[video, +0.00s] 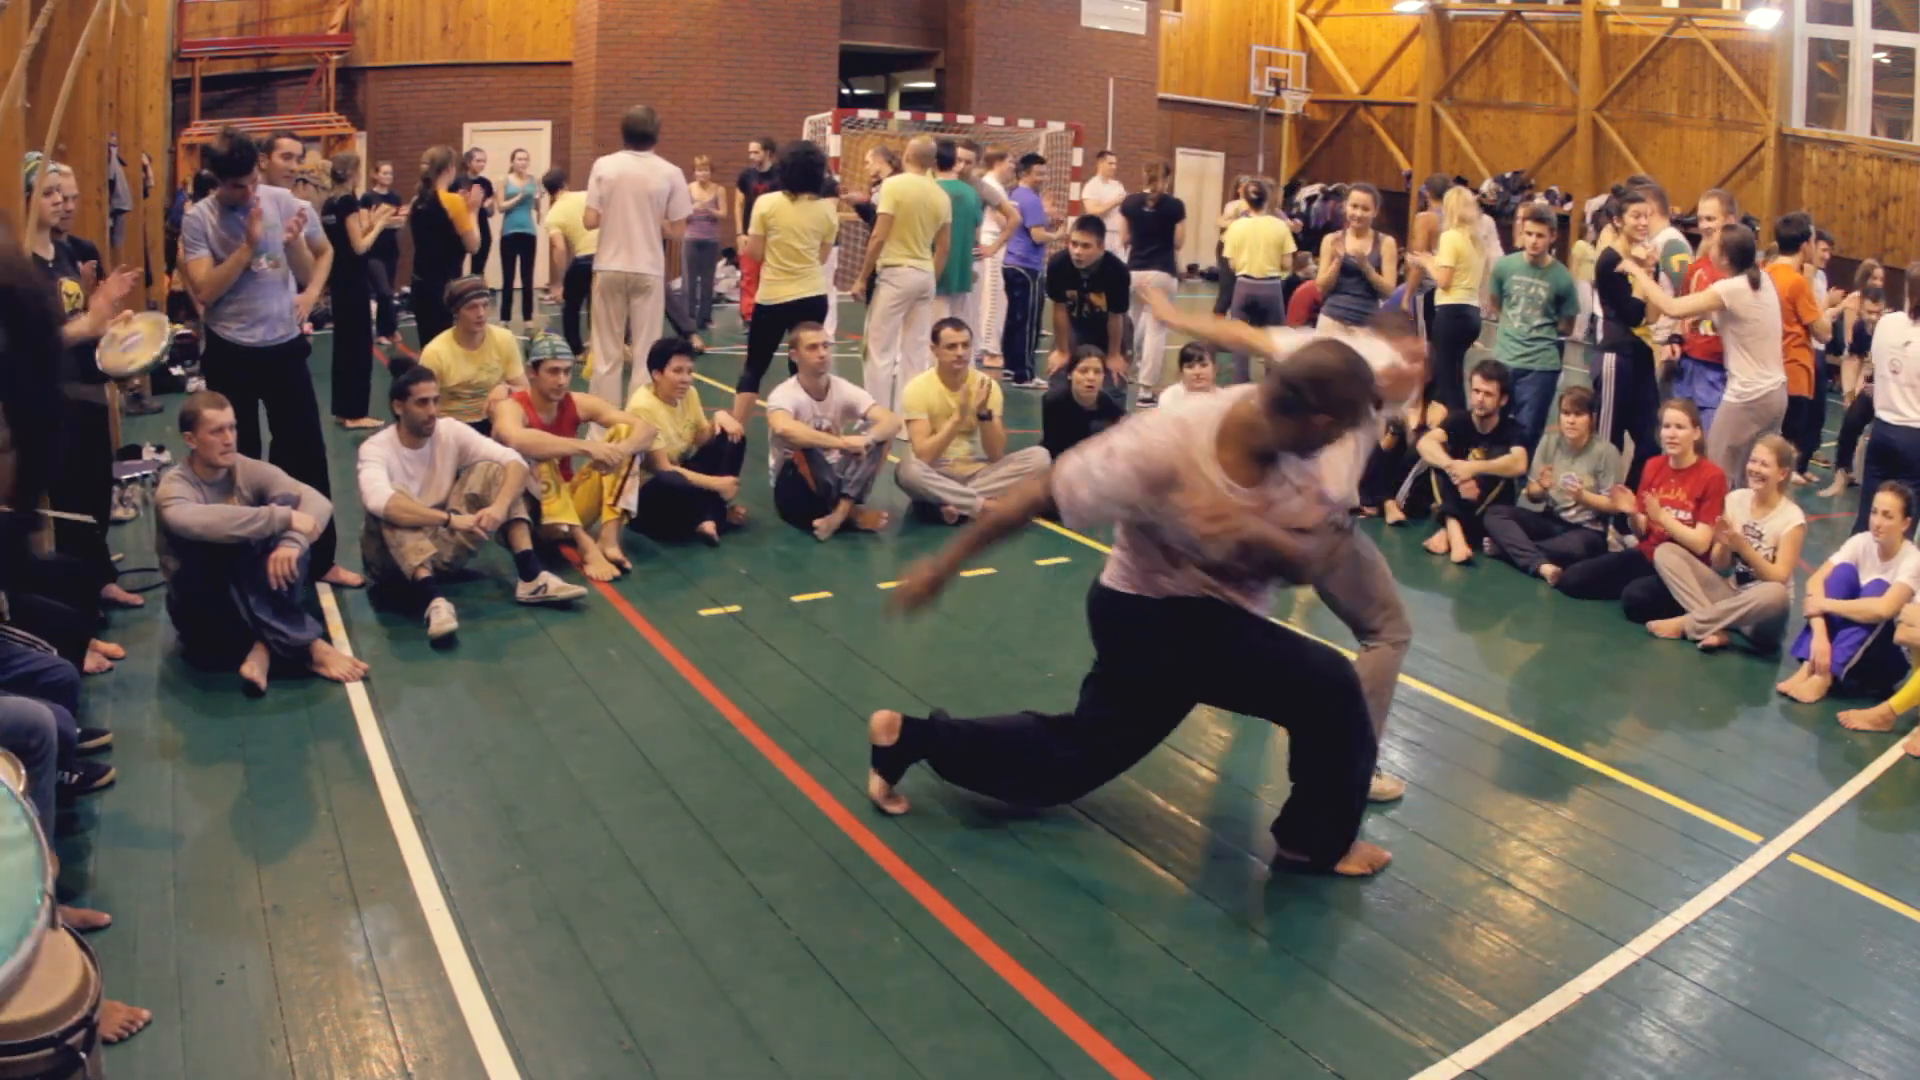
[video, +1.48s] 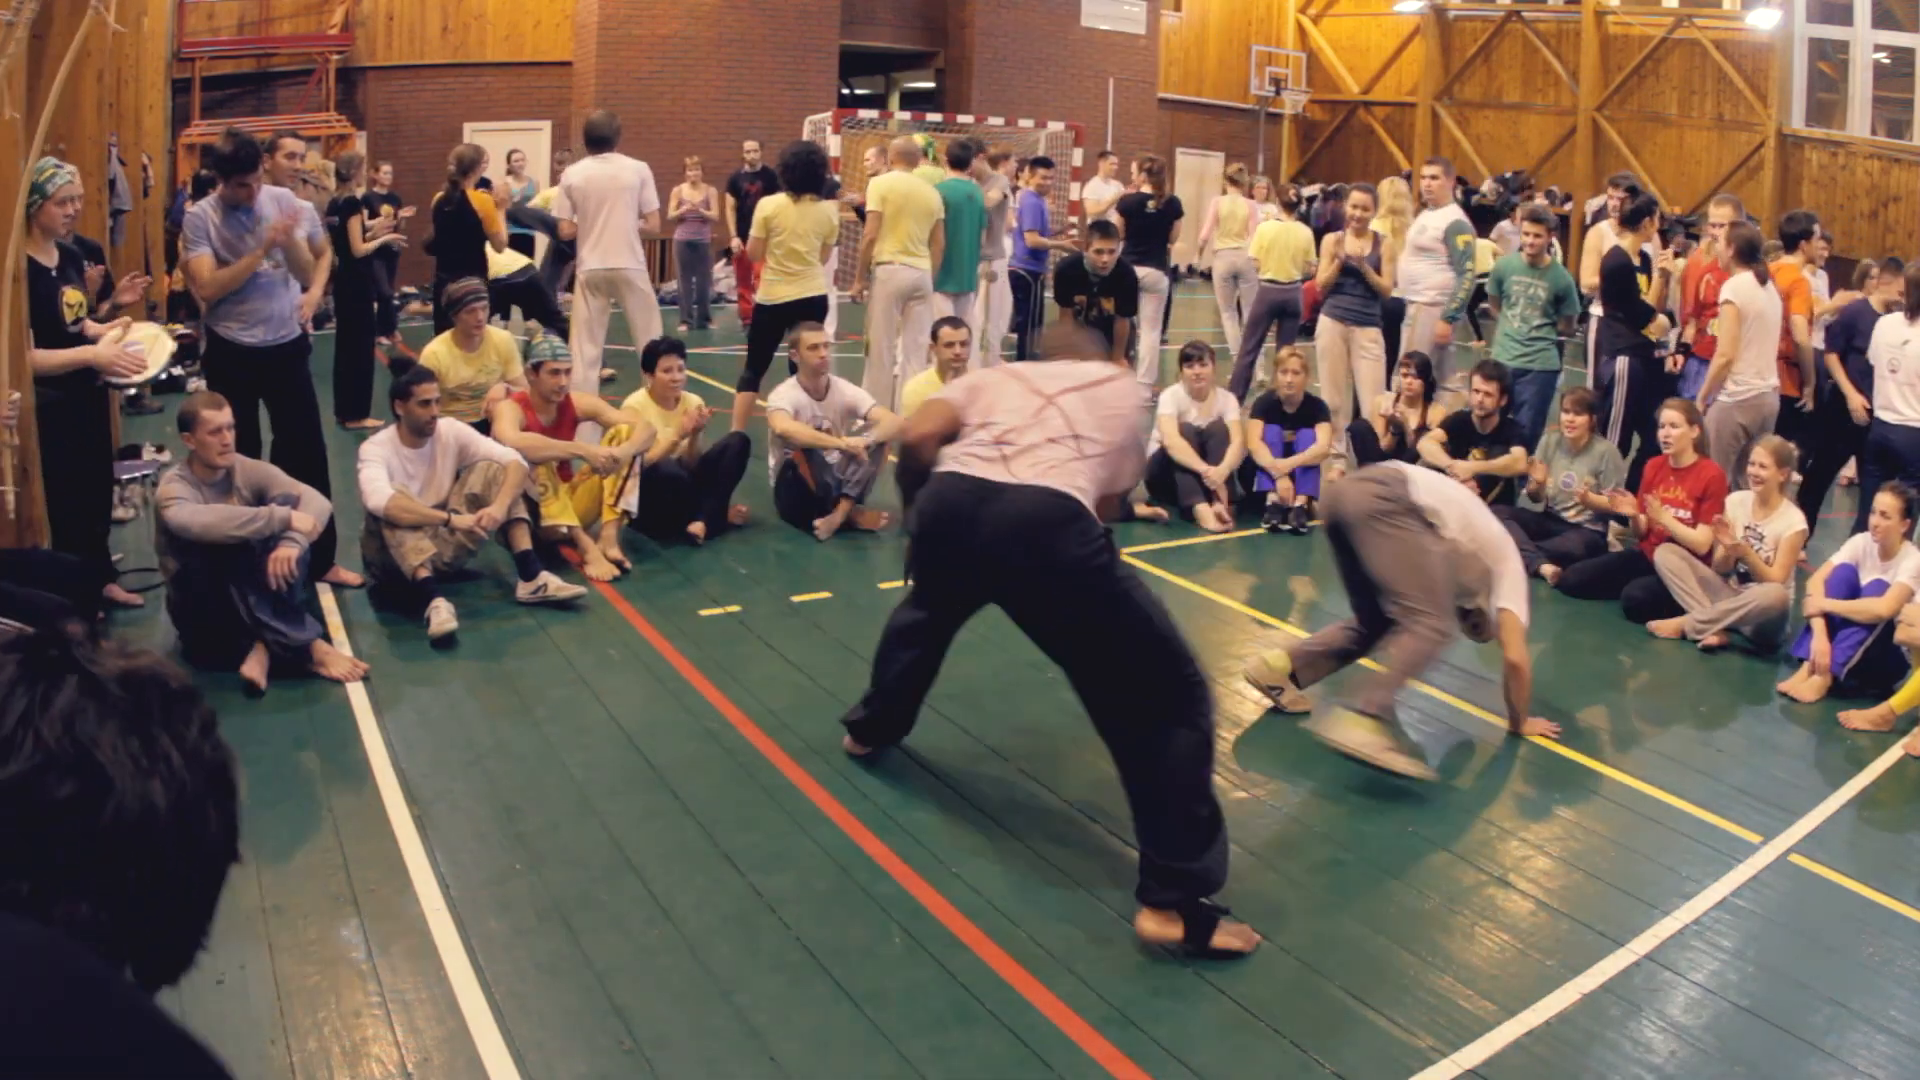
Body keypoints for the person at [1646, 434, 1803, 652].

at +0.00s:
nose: (1754, 469)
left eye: (1764, 464)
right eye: (1752, 461)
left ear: (1782, 474)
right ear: (1746, 463)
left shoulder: (1792, 517)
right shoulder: (1735, 499)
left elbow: (1779, 576)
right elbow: (1720, 566)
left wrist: (1741, 546)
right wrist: (1723, 542)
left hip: (1760, 606)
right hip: (1726, 592)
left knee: (1775, 593)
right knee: (1666, 552)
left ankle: (1685, 624)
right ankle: (1712, 629)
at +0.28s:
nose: (1755, 470)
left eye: (1765, 465)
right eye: (1752, 463)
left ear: (1784, 475)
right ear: (1747, 466)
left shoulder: (1794, 522)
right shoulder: (1734, 502)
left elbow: (1779, 581)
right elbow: (1720, 567)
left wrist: (1744, 555)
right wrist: (1731, 557)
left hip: (1760, 605)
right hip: (1726, 593)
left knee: (1776, 595)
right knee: (1666, 552)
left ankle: (1685, 624)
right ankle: (1712, 629)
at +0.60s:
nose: (1754, 469)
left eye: (1764, 465)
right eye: (1753, 462)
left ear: (1783, 476)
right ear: (1747, 464)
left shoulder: (1793, 521)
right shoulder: (1733, 501)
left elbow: (1774, 579)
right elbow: (1719, 566)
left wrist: (1741, 553)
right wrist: (1731, 554)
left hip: (1759, 603)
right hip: (1724, 591)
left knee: (1775, 595)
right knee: (1666, 552)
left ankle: (1685, 624)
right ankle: (1712, 629)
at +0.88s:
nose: (1754, 471)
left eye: (1764, 467)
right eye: (1752, 463)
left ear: (1783, 477)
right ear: (1748, 464)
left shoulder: (1791, 521)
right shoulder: (1733, 501)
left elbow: (1774, 579)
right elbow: (1719, 567)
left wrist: (1738, 550)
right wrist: (1728, 551)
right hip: (1727, 594)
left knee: (1775, 594)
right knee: (1666, 552)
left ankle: (1685, 625)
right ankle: (1712, 629)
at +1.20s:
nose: (1753, 472)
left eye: (1763, 467)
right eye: (1751, 464)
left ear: (1783, 475)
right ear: (1745, 466)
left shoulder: (1793, 520)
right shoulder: (1734, 501)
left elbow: (1775, 578)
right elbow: (1720, 566)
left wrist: (1739, 549)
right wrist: (1732, 552)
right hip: (1727, 596)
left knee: (1775, 594)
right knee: (1666, 552)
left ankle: (1685, 624)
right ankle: (1712, 629)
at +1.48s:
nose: (1754, 472)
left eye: (1763, 466)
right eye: (1751, 464)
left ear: (1783, 475)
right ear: (1745, 465)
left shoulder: (1794, 520)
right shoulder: (1735, 501)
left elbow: (1777, 579)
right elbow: (1719, 567)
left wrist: (1744, 552)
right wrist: (1728, 550)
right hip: (1726, 594)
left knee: (1775, 594)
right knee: (1665, 552)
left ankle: (1684, 625)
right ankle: (1712, 629)